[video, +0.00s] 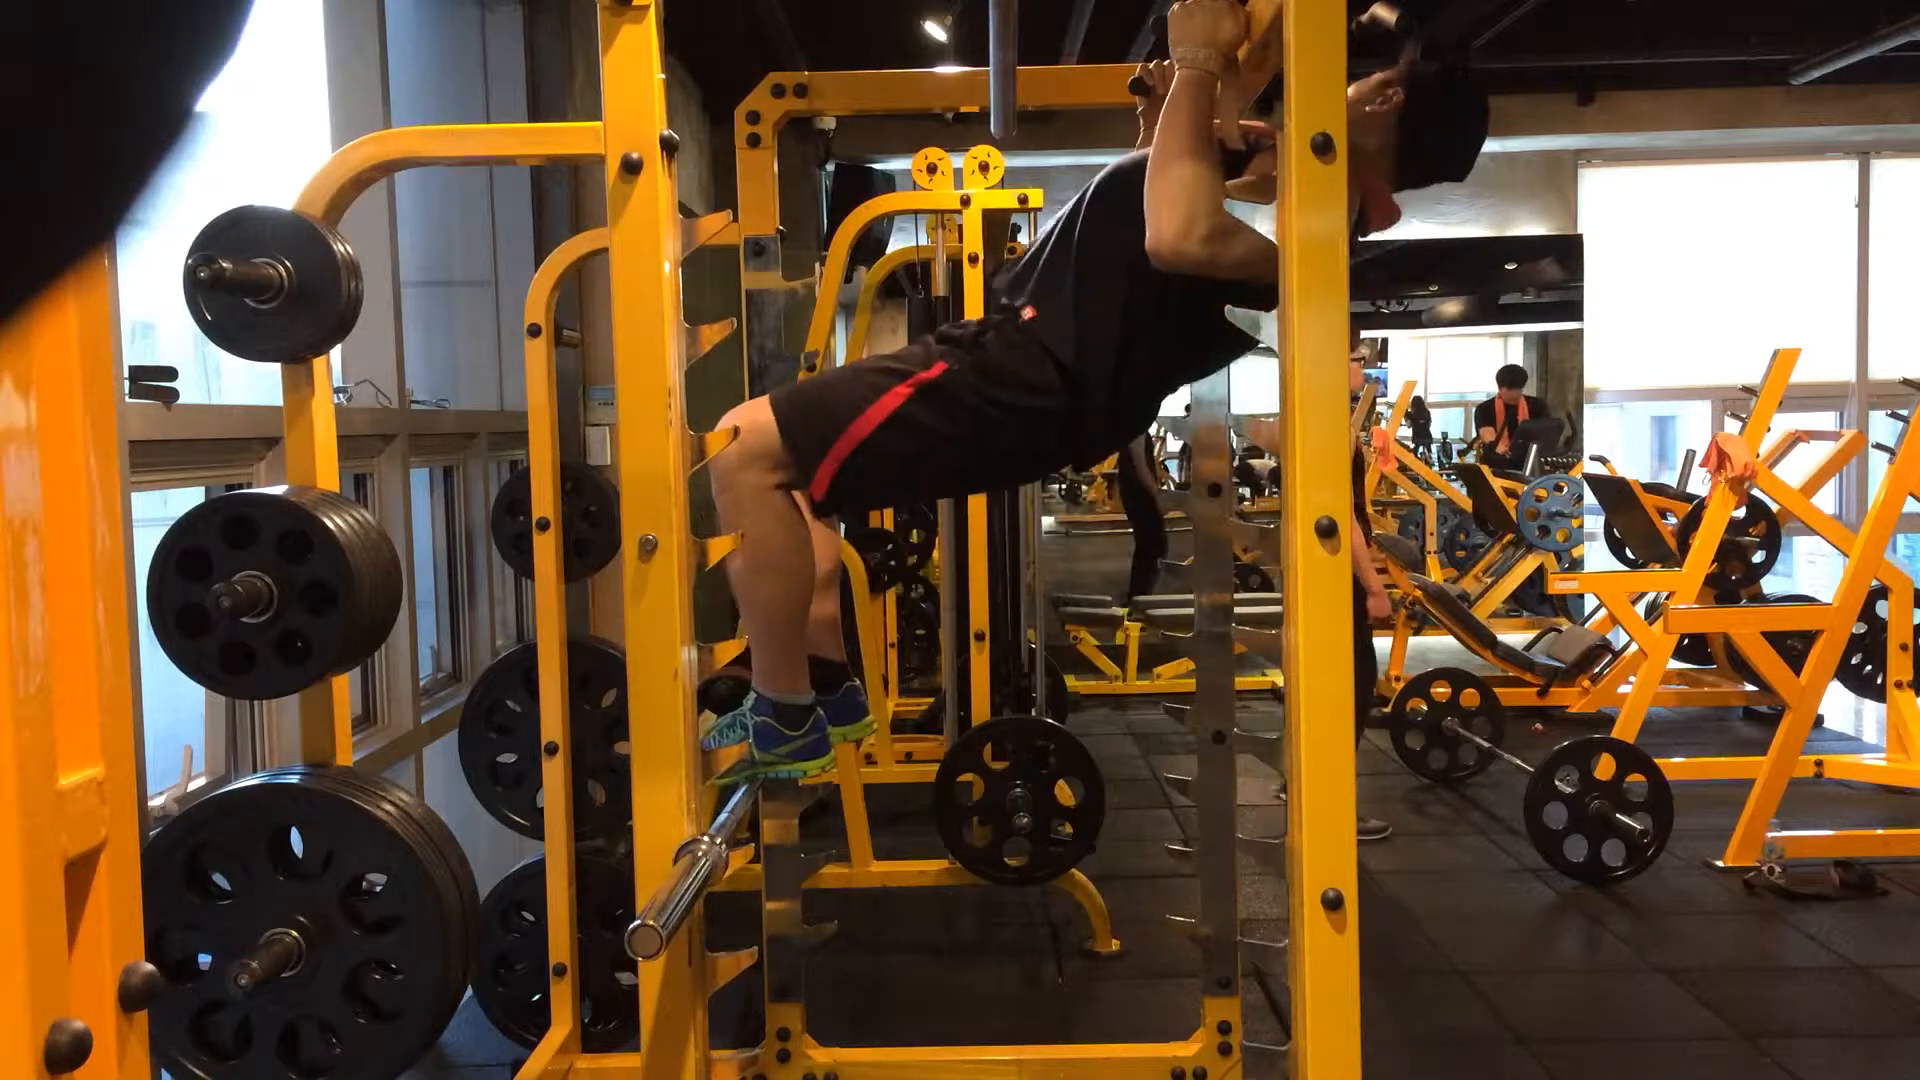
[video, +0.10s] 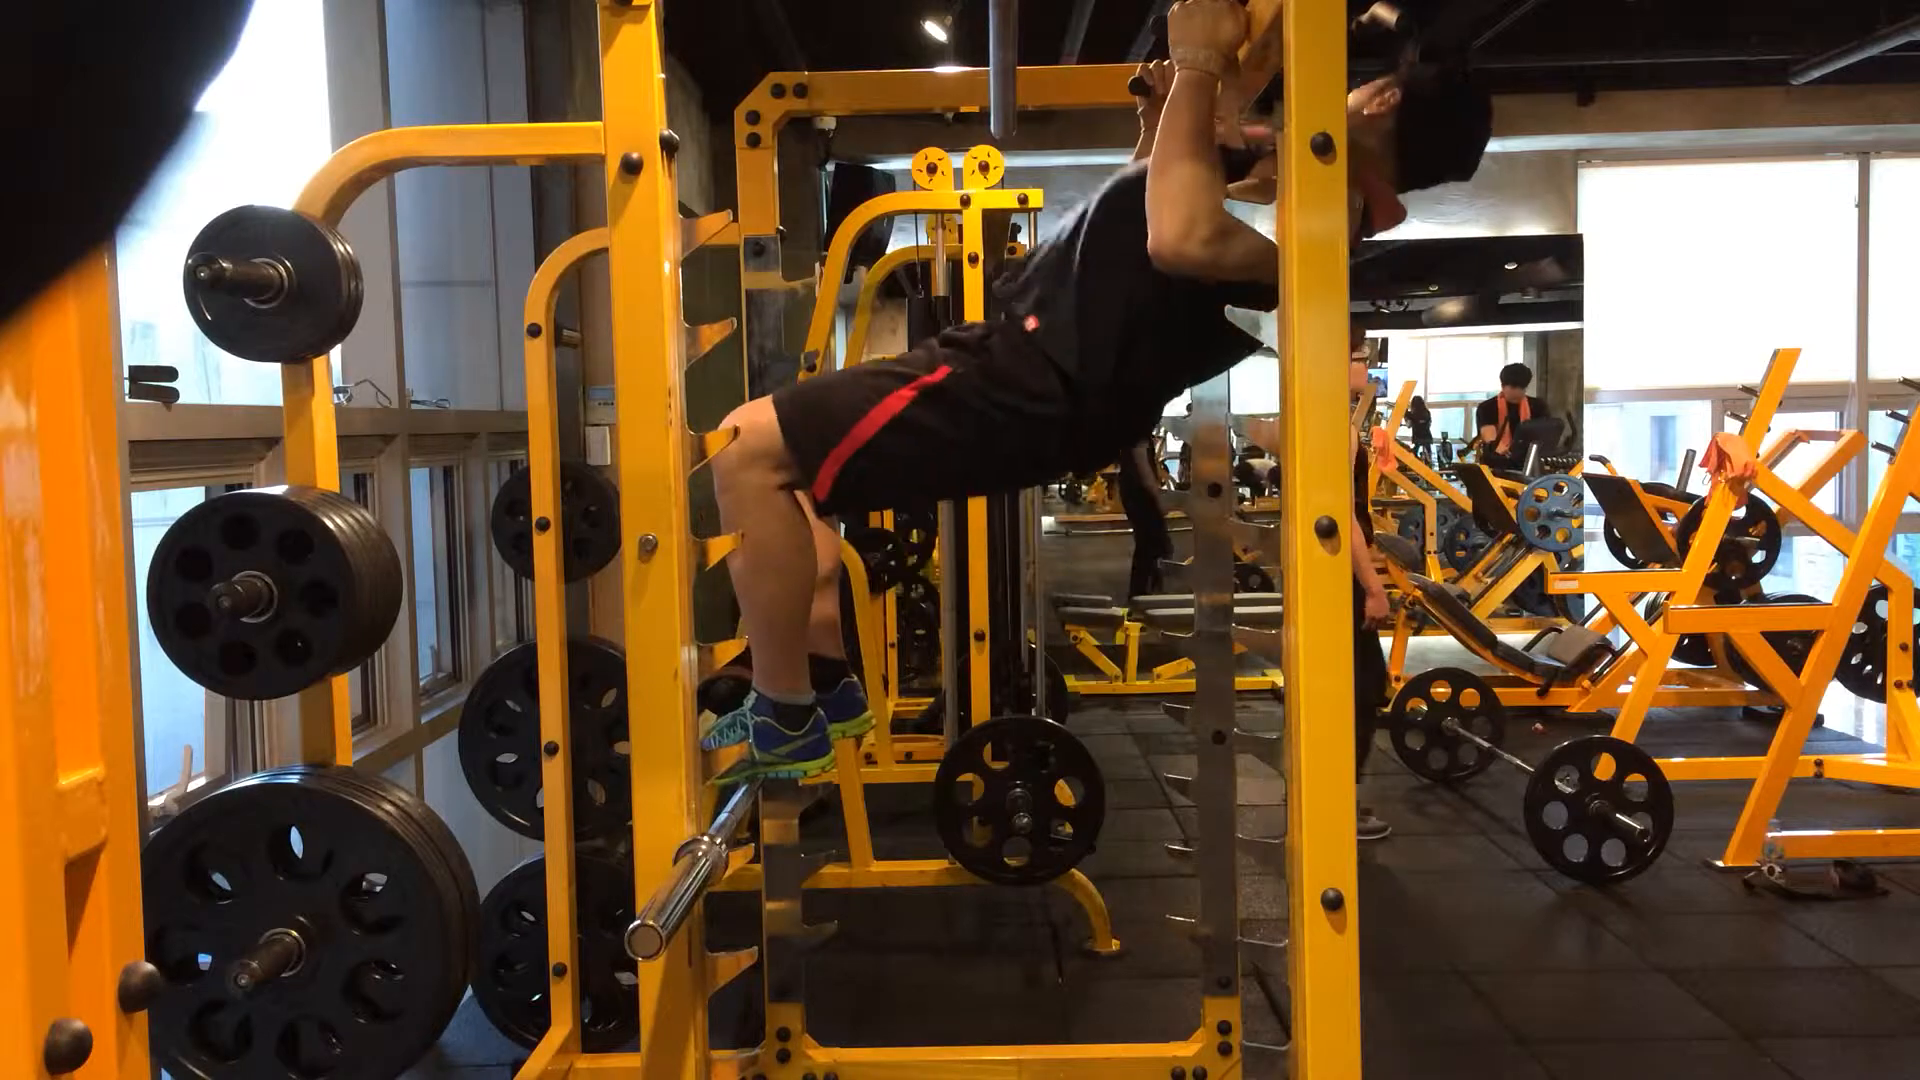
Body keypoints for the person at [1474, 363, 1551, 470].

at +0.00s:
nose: (1515, 394)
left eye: (1518, 389)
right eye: (1510, 389)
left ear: (1522, 388)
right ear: (1500, 387)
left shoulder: (1537, 405)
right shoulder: (1485, 409)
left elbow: (1546, 435)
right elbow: (1489, 442)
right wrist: (1503, 451)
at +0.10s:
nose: (1518, 393)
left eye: (1522, 388)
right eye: (1513, 387)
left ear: (1525, 388)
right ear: (1503, 386)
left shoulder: (1538, 406)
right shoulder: (1487, 408)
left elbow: (1546, 436)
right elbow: (1491, 444)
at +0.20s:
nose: (1525, 391)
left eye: (1528, 386)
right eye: (1520, 386)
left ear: (1531, 385)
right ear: (1508, 385)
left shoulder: (1539, 406)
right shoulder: (1488, 406)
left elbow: (1547, 436)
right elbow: (1491, 439)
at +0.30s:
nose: (1526, 392)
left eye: (1528, 386)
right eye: (1521, 387)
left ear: (1531, 386)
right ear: (1509, 386)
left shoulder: (1539, 406)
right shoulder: (1489, 406)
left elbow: (1547, 436)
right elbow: (1490, 437)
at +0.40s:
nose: (1524, 394)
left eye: (1527, 389)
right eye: (1519, 388)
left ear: (1530, 387)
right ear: (1506, 387)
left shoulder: (1538, 406)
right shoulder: (1488, 407)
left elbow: (1547, 435)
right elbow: (1490, 437)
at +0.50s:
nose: (1518, 392)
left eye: (1521, 387)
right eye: (1513, 387)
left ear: (1524, 386)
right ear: (1501, 387)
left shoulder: (1537, 405)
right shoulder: (1485, 409)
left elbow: (1547, 435)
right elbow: (1489, 440)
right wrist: (1504, 450)